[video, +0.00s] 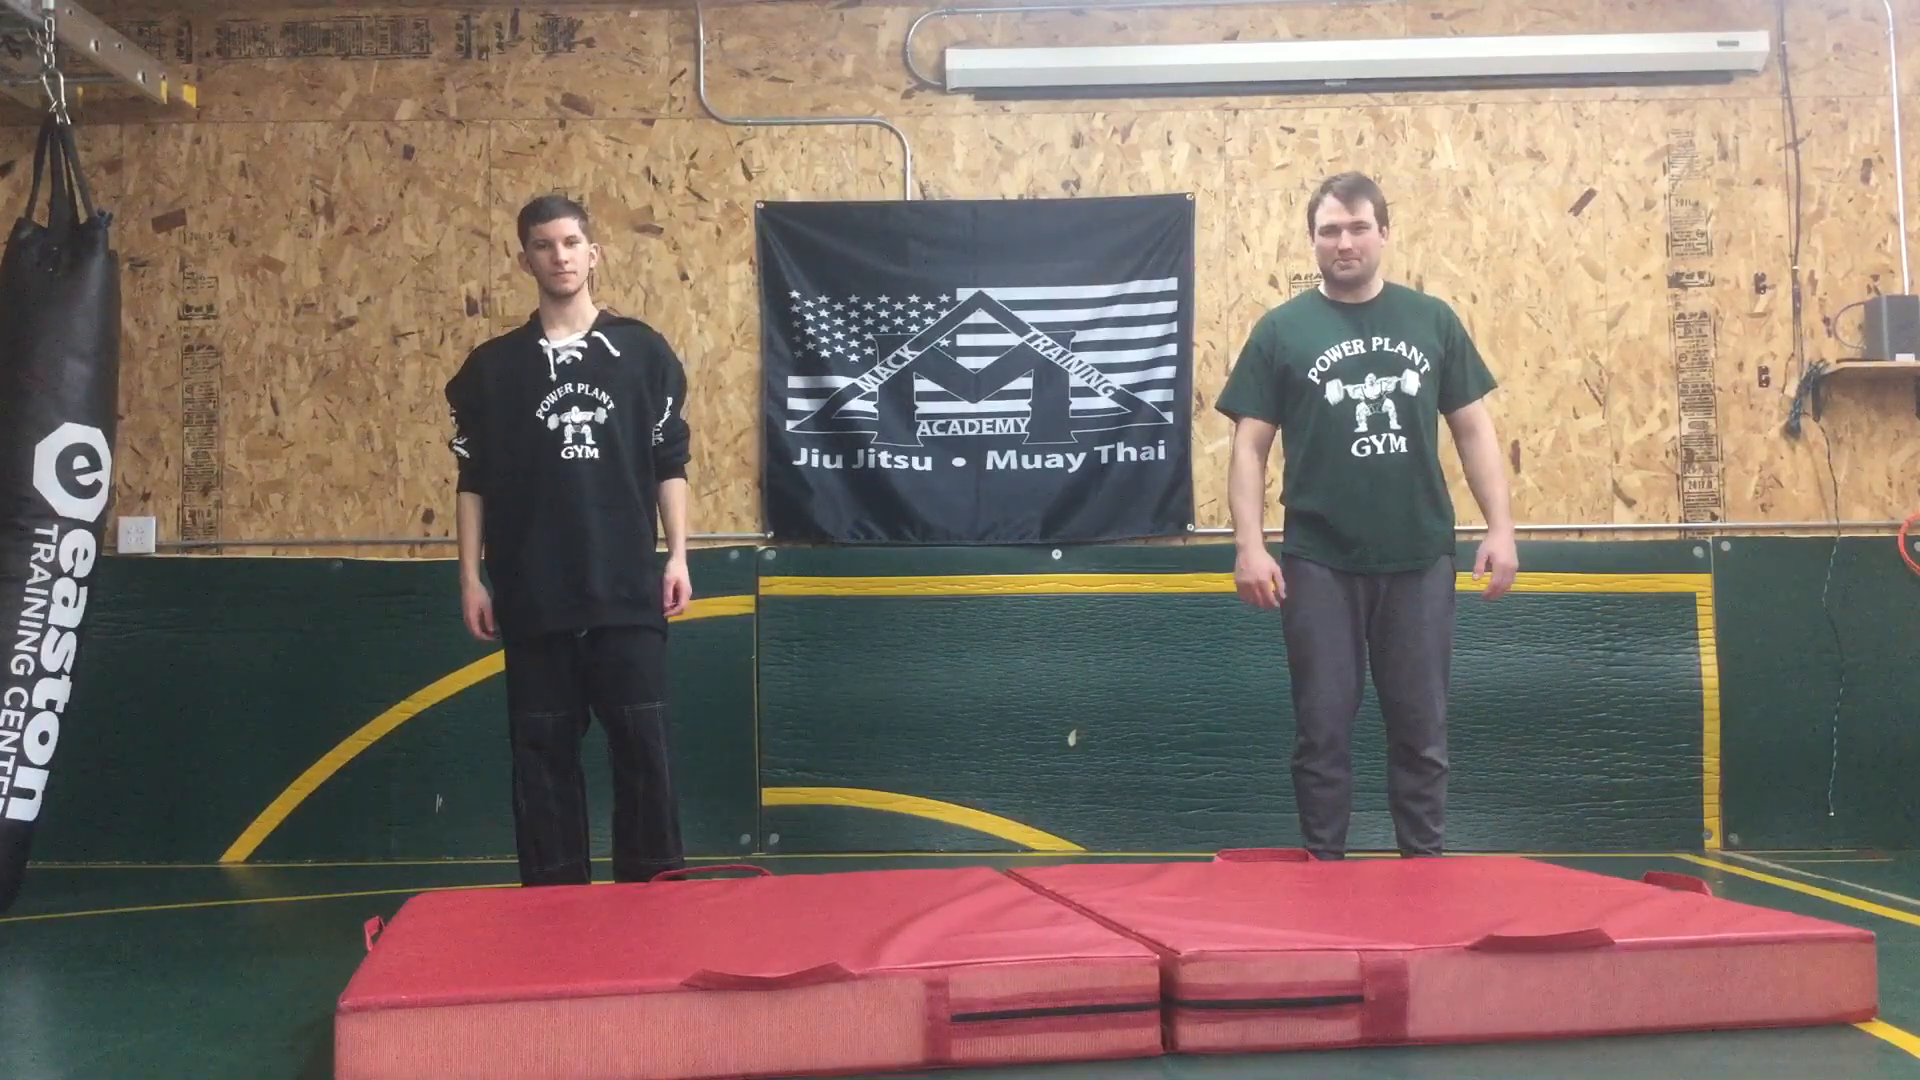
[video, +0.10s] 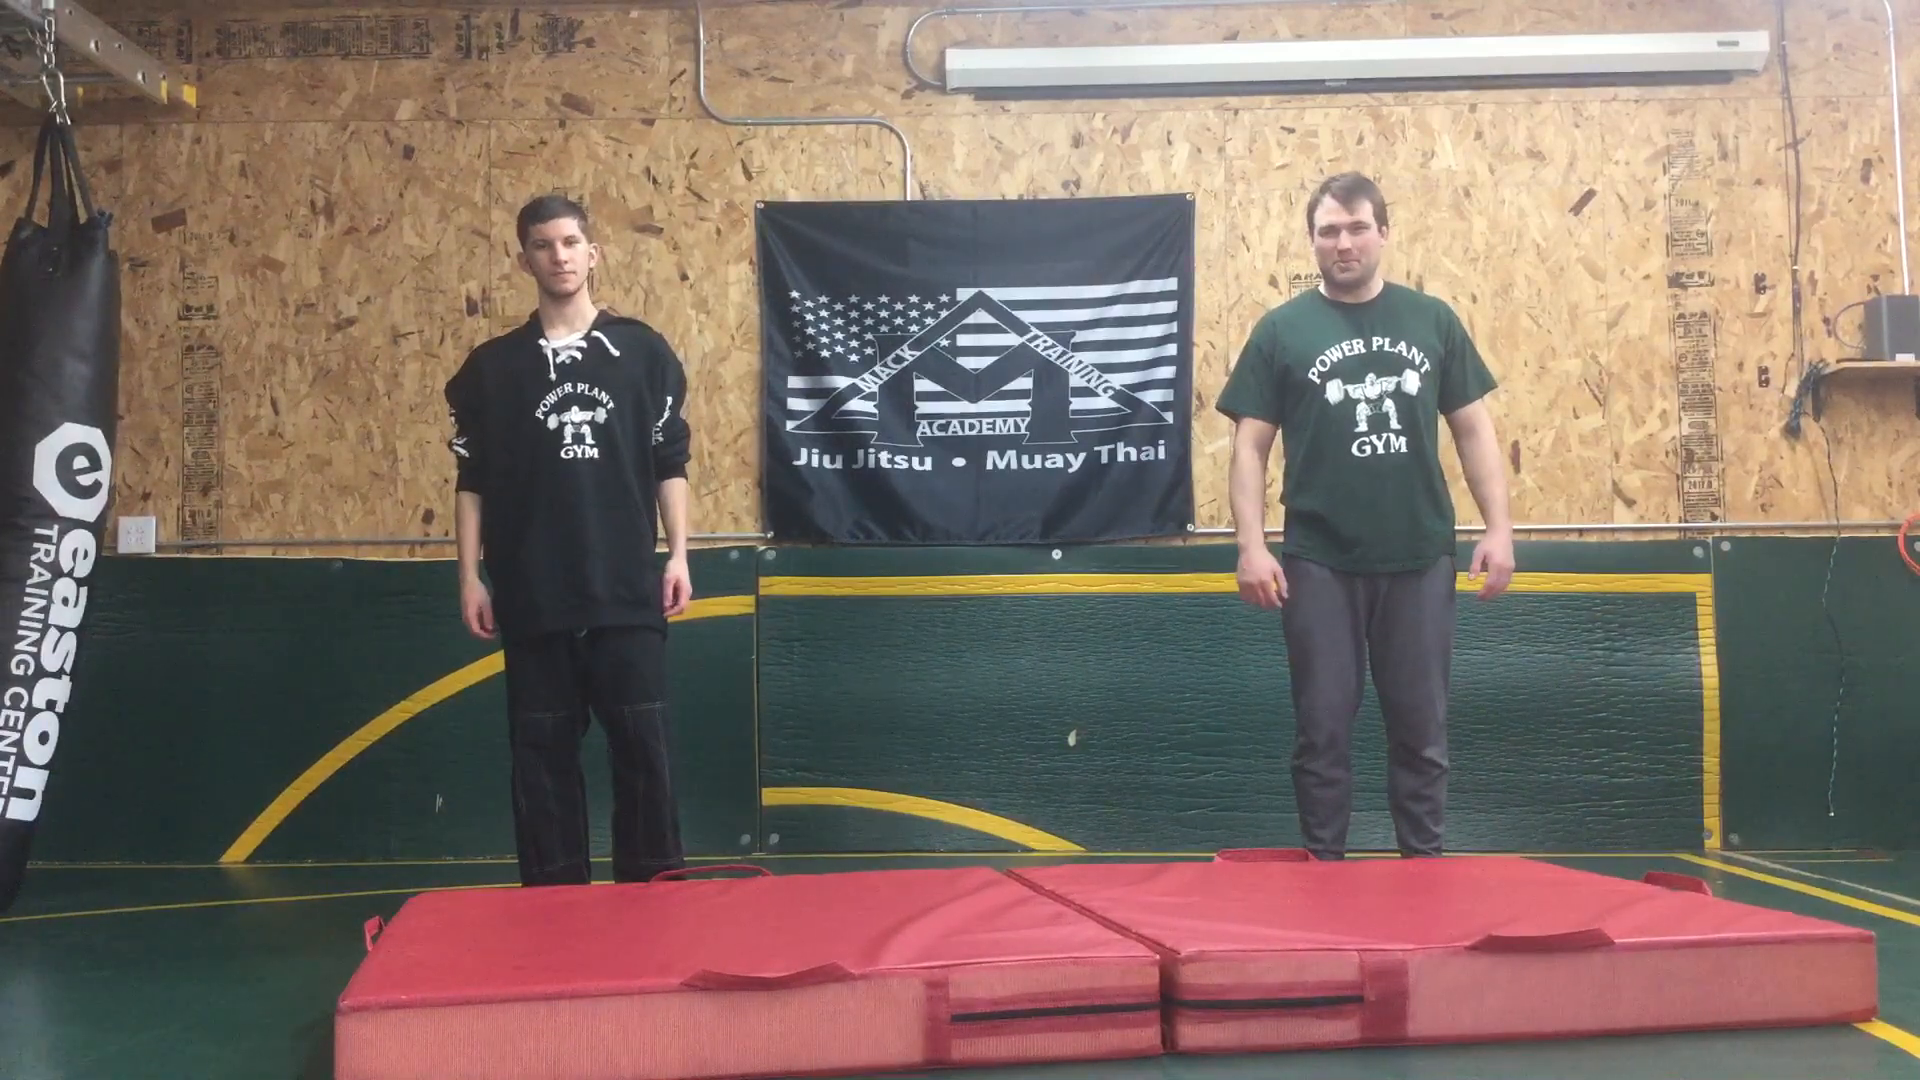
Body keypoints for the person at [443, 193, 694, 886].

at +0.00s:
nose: (560, 256)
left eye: (571, 242)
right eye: (545, 246)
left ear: (592, 251)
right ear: (527, 261)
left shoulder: (644, 351)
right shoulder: (489, 366)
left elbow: (669, 463)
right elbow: (472, 480)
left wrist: (678, 553)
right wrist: (471, 577)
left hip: (627, 584)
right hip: (531, 590)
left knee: (644, 750)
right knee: (542, 760)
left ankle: (654, 903)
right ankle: (554, 911)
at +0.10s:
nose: (559, 256)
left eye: (570, 242)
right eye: (544, 246)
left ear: (592, 251)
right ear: (526, 260)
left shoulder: (643, 350)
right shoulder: (489, 366)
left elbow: (670, 462)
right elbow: (471, 480)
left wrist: (679, 552)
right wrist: (470, 577)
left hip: (626, 585)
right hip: (530, 592)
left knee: (644, 753)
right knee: (542, 763)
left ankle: (654, 906)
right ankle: (554, 913)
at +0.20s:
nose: (559, 256)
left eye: (570, 242)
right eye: (543, 246)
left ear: (591, 252)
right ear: (525, 260)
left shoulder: (643, 351)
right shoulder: (488, 366)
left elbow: (670, 462)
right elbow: (470, 479)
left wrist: (680, 552)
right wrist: (469, 575)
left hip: (626, 584)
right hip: (530, 590)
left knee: (644, 753)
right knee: (542, 763)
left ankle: (653, 906)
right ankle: (554, 913)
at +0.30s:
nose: (559, 256)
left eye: (569, 242)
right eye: (543, 246)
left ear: (591, 251)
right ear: (525, 260)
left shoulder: (643, 350)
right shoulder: (487, 366)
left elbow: (669, 462)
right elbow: (469, 479)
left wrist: (679, 551)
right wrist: (468, 574)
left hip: (626, 583)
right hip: (529, 590)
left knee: (643, 751)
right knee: (542, 761)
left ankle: (653, 903)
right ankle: (554, 911)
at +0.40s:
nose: (559, 256)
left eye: (569, 242)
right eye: (543, 246)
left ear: (590, 251)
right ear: (525, 261)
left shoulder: (643, 350)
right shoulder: (486, 366)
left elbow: (669, 461)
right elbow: (468, 480)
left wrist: (679, 551)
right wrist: (467, 574)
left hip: (625, 585)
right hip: (529, 591)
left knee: (643, 753)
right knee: (542, 764)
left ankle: (653, 906)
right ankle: (555, 914)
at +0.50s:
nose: (559, 256)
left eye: (569, 242)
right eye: (543, 246)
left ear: (590, 250)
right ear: (525, 261)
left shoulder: (643, 350)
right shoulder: (486, 366)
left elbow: (669, 462)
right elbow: (468, 479)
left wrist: (679, 551)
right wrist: (466, 574)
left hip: (625, 585)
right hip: (529, 591)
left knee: (643, 754)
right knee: (542, 764)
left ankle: (653, 906)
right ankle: (554, 914)